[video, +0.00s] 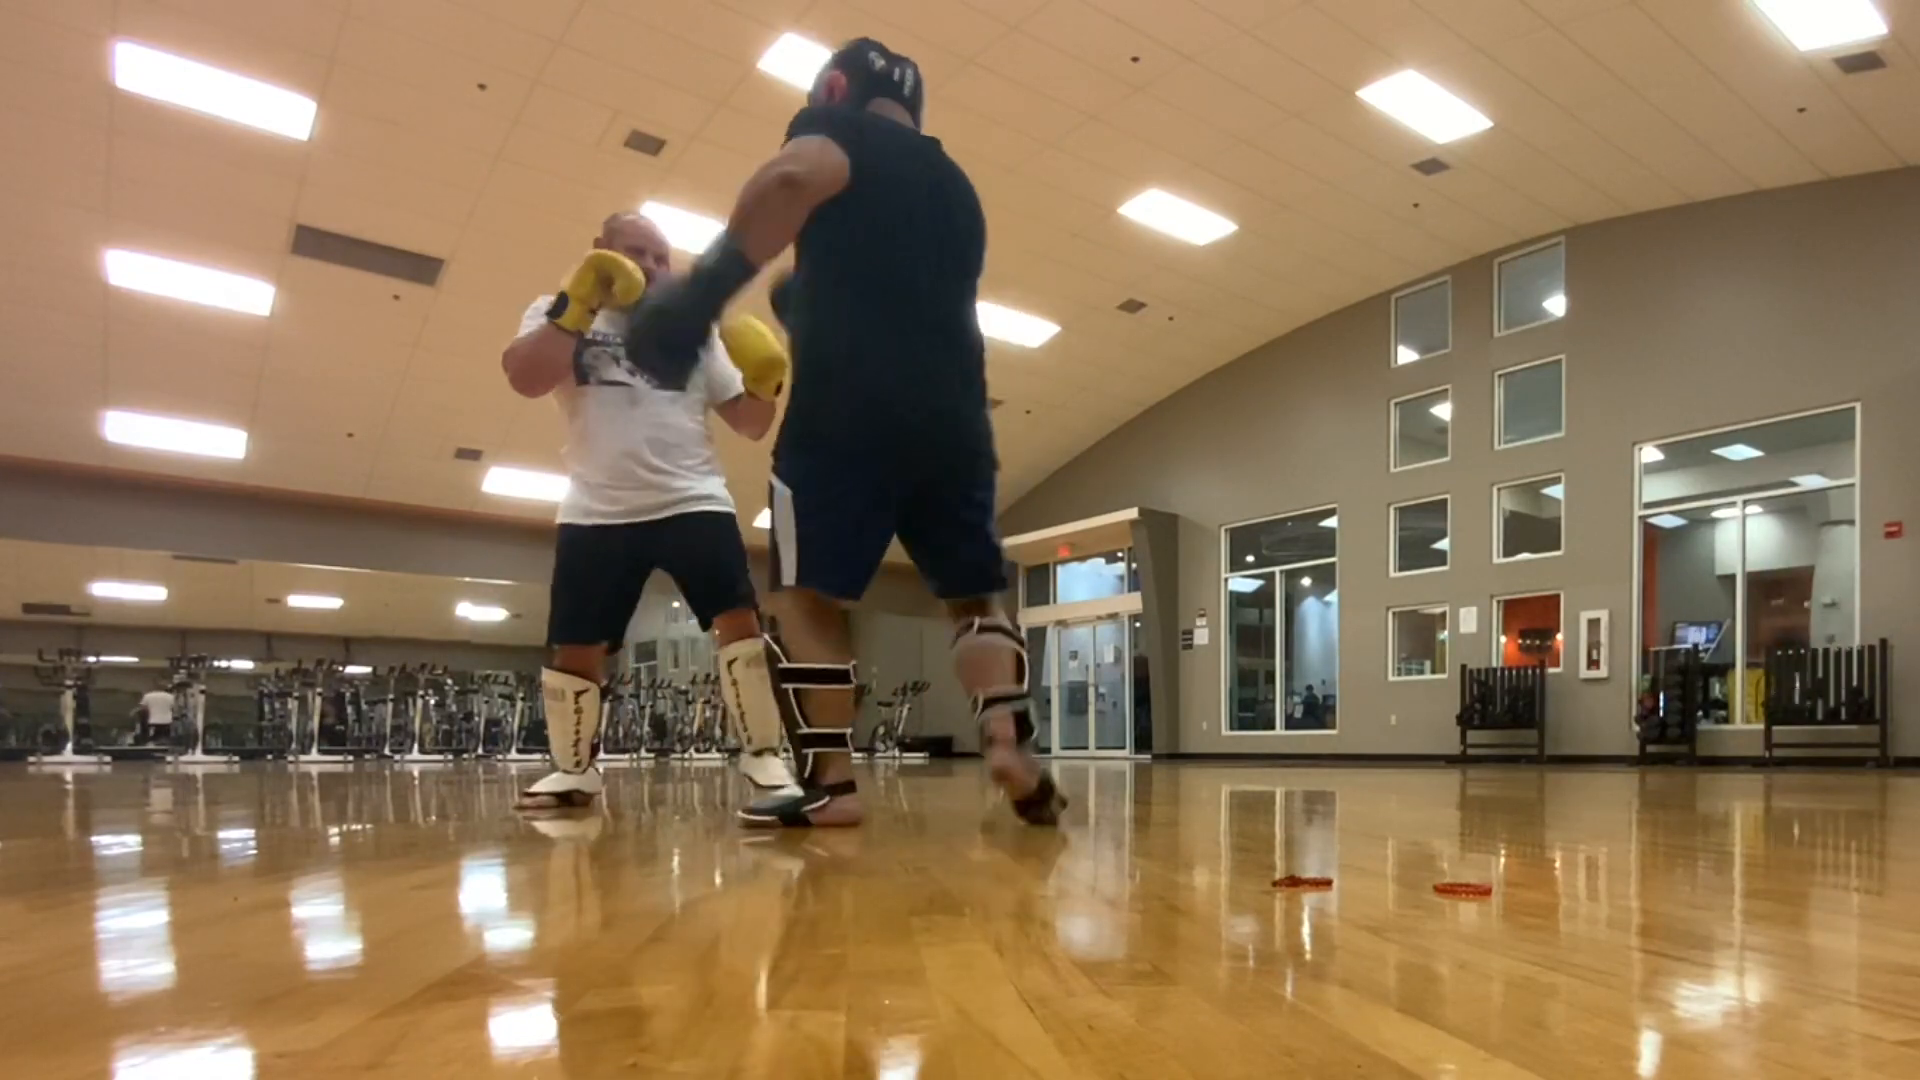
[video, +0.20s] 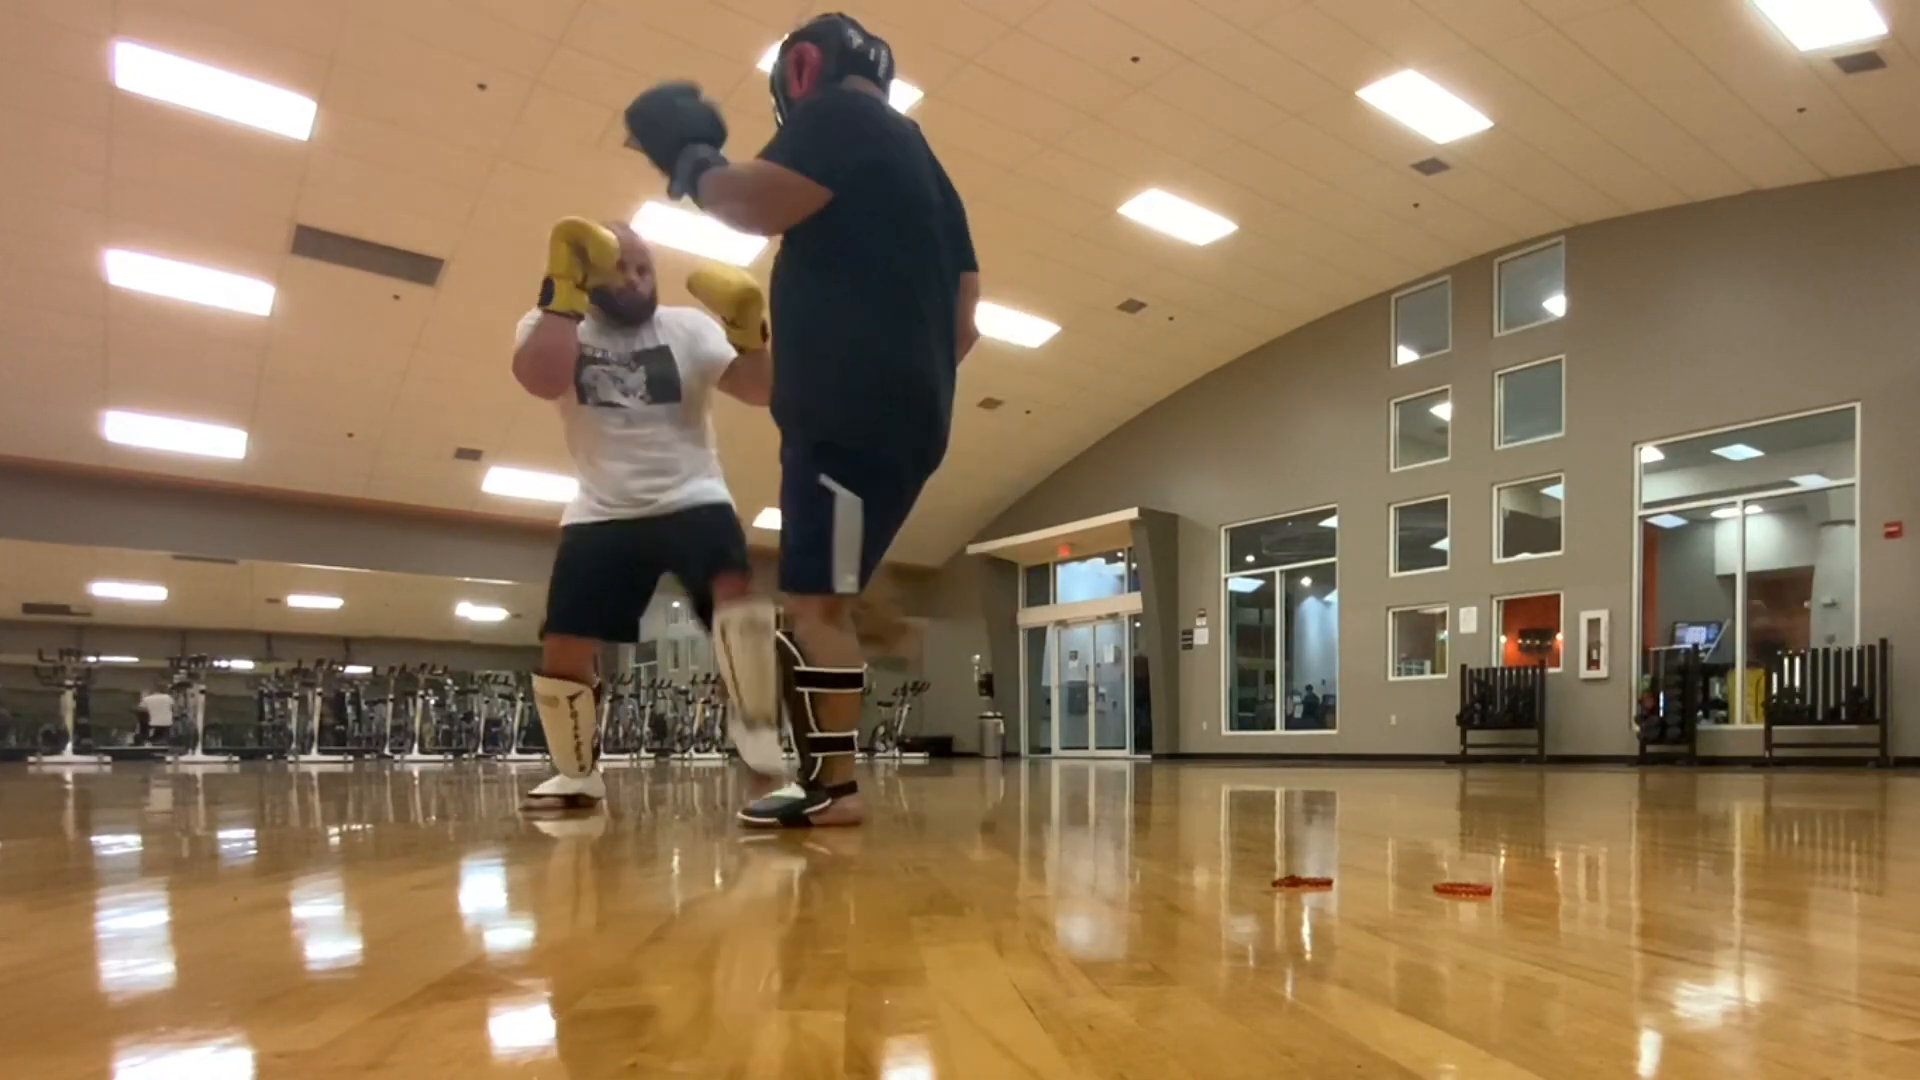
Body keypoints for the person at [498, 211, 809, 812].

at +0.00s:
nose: (645, 264)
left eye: (656, 256)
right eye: (631, 252)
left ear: (670, 265)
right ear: (599, 257)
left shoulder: (691, 321)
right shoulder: (560, 312)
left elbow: (751, 422)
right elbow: (527, 379)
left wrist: (767, 377)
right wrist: (578, 307)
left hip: (692, 500)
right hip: (597, 508)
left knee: (735, 617)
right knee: (574, 642)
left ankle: (766, 760)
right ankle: (574, 771)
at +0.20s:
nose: (637, 279)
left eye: (644, 267)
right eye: (622, 270)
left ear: (655, 271)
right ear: (592, 278)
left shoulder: (689, 328)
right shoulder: (560, 329)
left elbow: (760, 389)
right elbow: (544, 380)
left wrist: (753, 335)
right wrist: (566, 296)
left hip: (693, 499)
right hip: (602, 508)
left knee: (733, 583)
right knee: (566, 638)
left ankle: (757, 726)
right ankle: (576, 775)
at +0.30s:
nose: (630, 288)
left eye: (637, 276)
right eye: (616, 278)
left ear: (648, 279)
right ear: (585, 286)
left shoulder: (675, 333)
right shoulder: (551, 338)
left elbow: (751, 414)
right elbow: (539, 392)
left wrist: (741, 364)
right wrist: (564, 308)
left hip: (682, 487)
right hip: (607, 512)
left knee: (719, 472)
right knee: (572, 643)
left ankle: (665, 620)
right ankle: (578, 777)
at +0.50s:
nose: (642, 260)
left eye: (650, 250)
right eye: (623, 251)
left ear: (663, 259)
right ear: (594, 266)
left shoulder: (698, 319)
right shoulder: (567, 333)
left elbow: (788, 386)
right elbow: (492, 378)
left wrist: (780, 338)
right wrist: (532, 303)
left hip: (703, 473)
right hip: (623, 504)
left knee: (721, 526)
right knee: (585, 617)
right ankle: (580, 775)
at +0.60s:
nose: (663, 256)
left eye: (672, 245)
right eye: (645, 246)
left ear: (686, 254)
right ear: (616, 258)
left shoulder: (715, 305)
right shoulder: (590, 326)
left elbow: (808, 317)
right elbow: (513, 369)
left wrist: (787, 270)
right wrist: (552, 297)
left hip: (714, 492)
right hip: (633, 509)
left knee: (749, 605)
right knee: (595, 629)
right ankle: (579, 775)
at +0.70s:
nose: (683, 270)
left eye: (696, 258)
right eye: (669, 258)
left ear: (715, 263)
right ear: (641, 264)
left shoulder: (732, 307)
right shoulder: (622, 333)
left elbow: (768, 299)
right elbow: (552, 384)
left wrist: (765, 242)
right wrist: (586, 313)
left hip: (741, 515)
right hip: (652, 520)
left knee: (770, 636)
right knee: (602, 642)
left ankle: (819, 776)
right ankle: (581, 775)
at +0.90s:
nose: (697, 248)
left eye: (706, 233)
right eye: (680, 237)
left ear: (724, 230)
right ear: (656, 243)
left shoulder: (766, 299)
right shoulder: (642, 311)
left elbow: (856, 342)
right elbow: (577, 378)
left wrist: (816, 292)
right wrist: (603, 296)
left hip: (763, 495)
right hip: (674, 500)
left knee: (786, 625)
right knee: (627, 629)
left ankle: (826, 776)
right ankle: (615, 765)